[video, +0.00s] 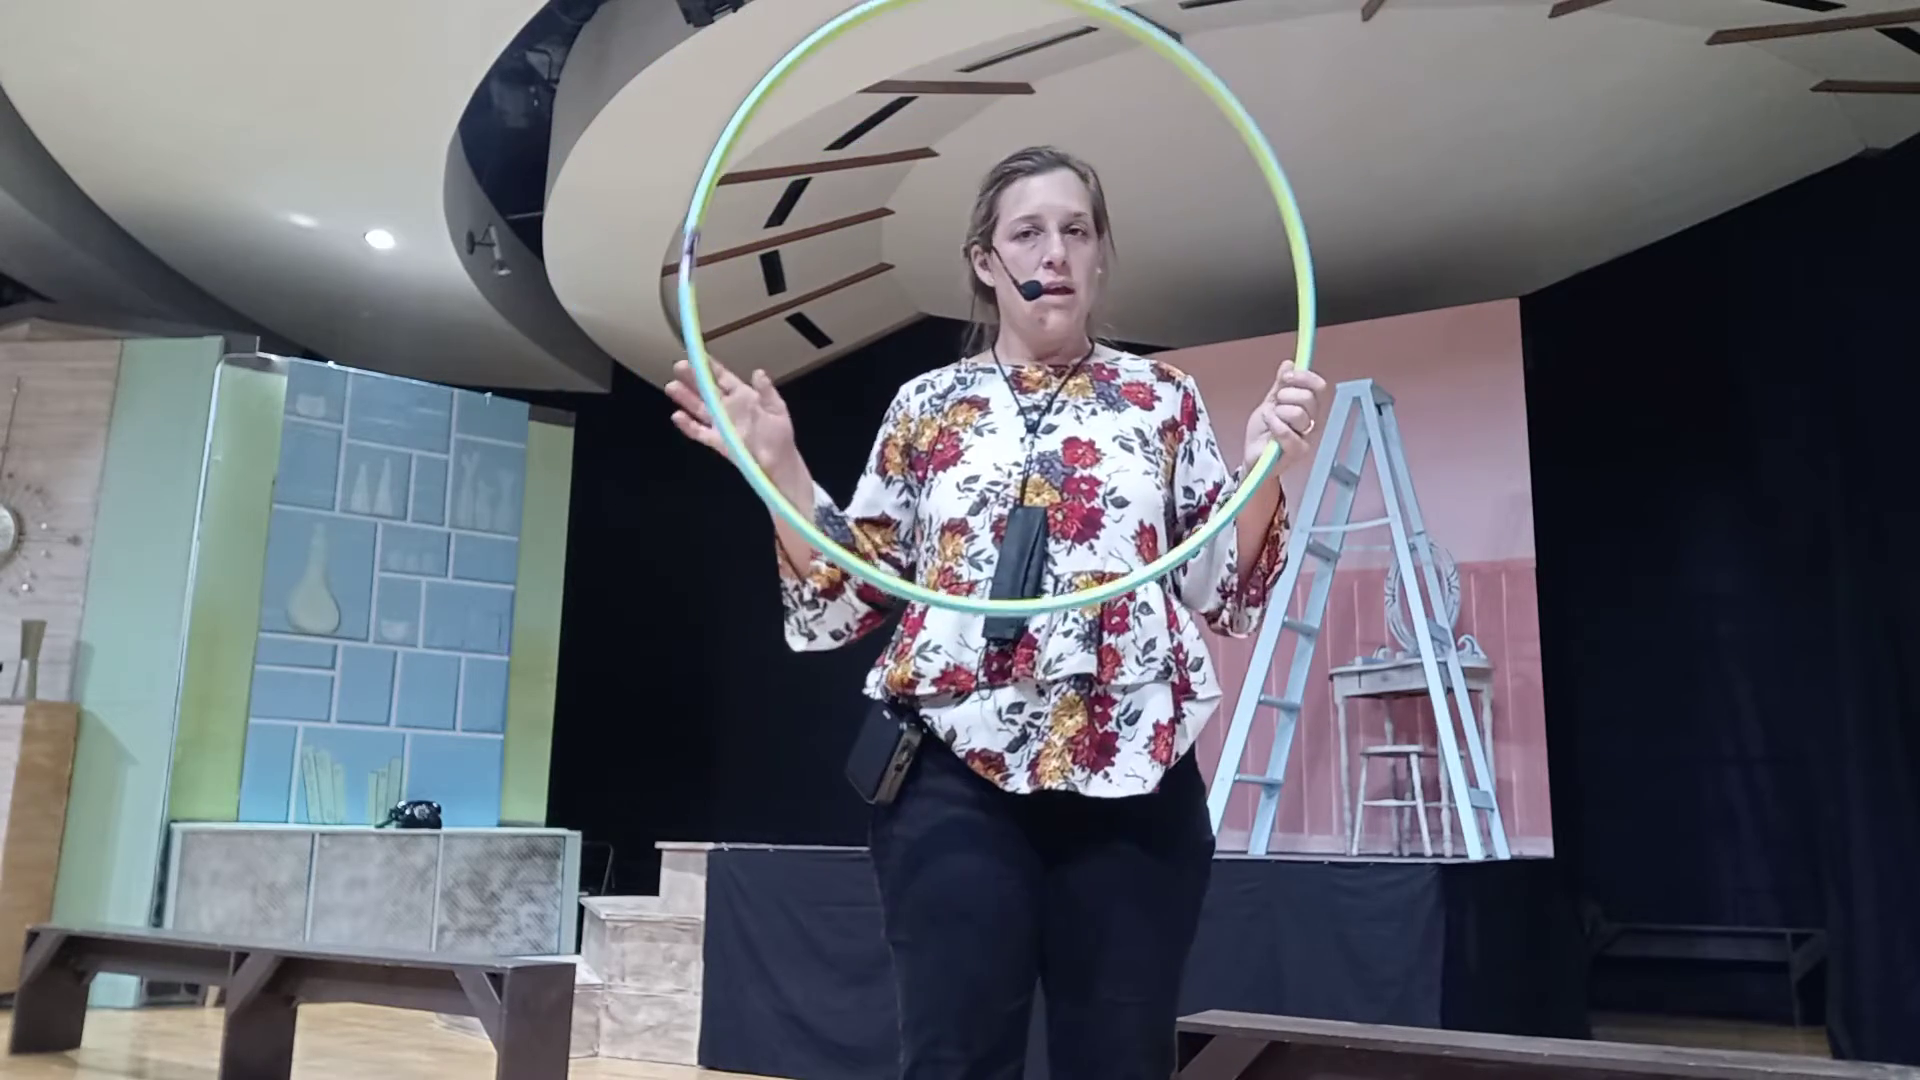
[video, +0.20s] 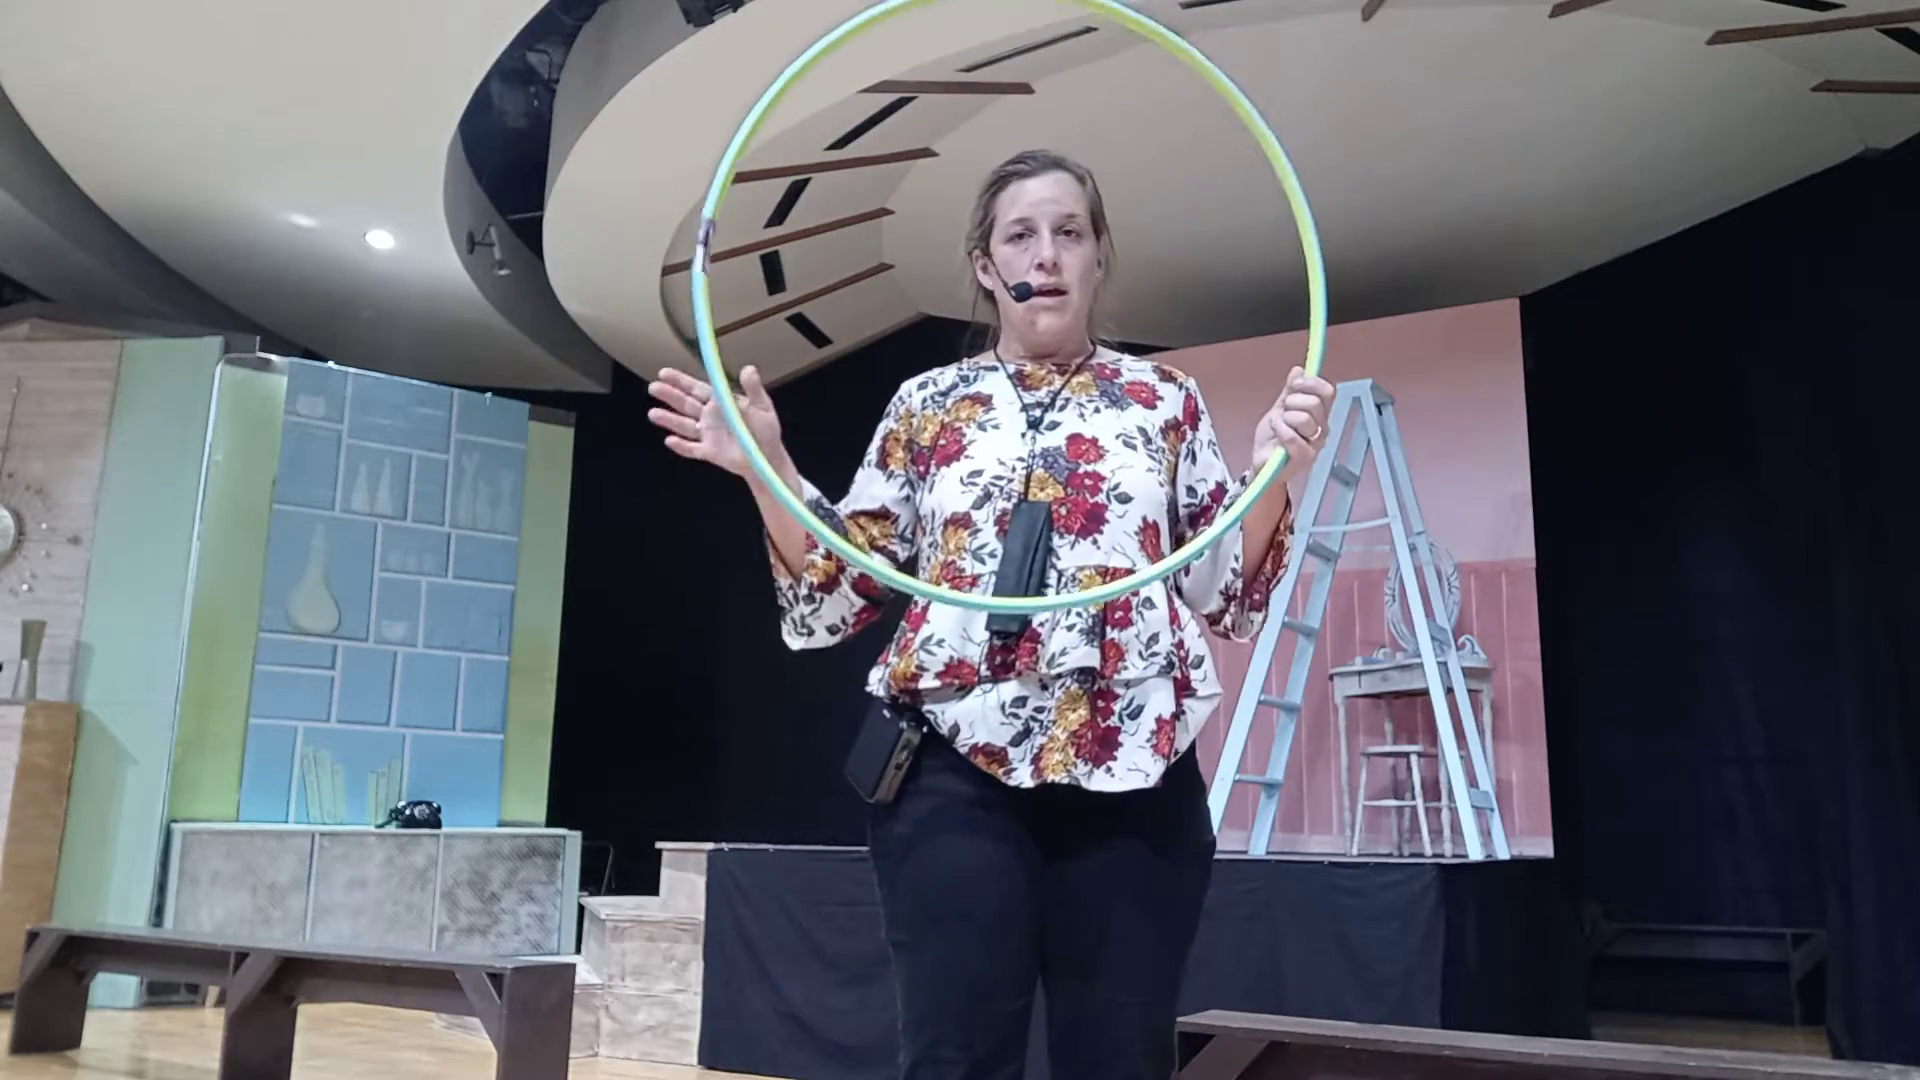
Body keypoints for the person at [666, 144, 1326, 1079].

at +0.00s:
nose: (1053, 249)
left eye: (1074, 230)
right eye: (1027, 230)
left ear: (1103, 261)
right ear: (985, 263)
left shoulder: (1166, 402)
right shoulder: (926, 405)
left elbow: (1220, 594)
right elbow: (850, 597)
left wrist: (1261, 466)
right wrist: (781, 471)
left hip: (1132, 800)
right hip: (956, 792)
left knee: (1117, 1063)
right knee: (956, 1061)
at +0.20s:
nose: (1044, 251)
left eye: (1068, 231)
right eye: (1019, 233)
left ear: (1102, 262)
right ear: (984, 266)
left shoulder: (1167, 404)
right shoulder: (926, 404)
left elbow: (1223, 597)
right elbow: (842, 594)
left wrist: (1271, 472)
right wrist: (769, 470)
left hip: (1133, 797)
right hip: (955, 788)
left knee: (1118, 1063)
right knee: (956, 1060)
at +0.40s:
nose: (1027, 254)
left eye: (1054, 233)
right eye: (1005, 236)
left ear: (1098, 260)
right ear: (980, 265)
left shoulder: (1164, 403)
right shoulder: (928, 404)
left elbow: (1221, 600)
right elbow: (849, 585)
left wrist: (1271, 483)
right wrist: (773, 460)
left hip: (1132, 796)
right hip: (957, 785)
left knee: (1117, 1063)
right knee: (955, 1059)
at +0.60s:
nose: (1028, 254)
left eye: (1053, 232)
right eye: (1004, 236)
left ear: (1094, 256)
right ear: (979, 266)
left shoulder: (1161, 402)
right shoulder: (924, 405)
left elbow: (1220, 612)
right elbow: (850, 588)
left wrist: (1277, 500)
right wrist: (764, 459)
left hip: (1131, 803)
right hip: (953, 795)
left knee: (1117, 1063)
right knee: (953, 1062)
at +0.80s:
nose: (1038, 249)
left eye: (1059, 229)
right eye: (1011, 234)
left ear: (1090, 256)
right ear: (975, 269)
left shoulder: (1155, 401)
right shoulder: (922, 407)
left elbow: (1203, 599)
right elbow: (852, 605)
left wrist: (1271, 515)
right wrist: (771, 486)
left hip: (1127, 794)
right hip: (946, 791)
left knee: (1114, 1063)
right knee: (952, 1060)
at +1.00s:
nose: (1016, 250)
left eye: (1039, 229)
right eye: (990, 233)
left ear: (1076, 254)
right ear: (959, 268)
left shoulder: (1149, 400)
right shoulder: (913, 409)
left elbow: (1203, 603)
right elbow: (850, 603)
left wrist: (1265, 506)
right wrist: (755, 495)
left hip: (1116, 797)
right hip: (937, 793)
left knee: (1106, 1063)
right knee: (941, 1061)